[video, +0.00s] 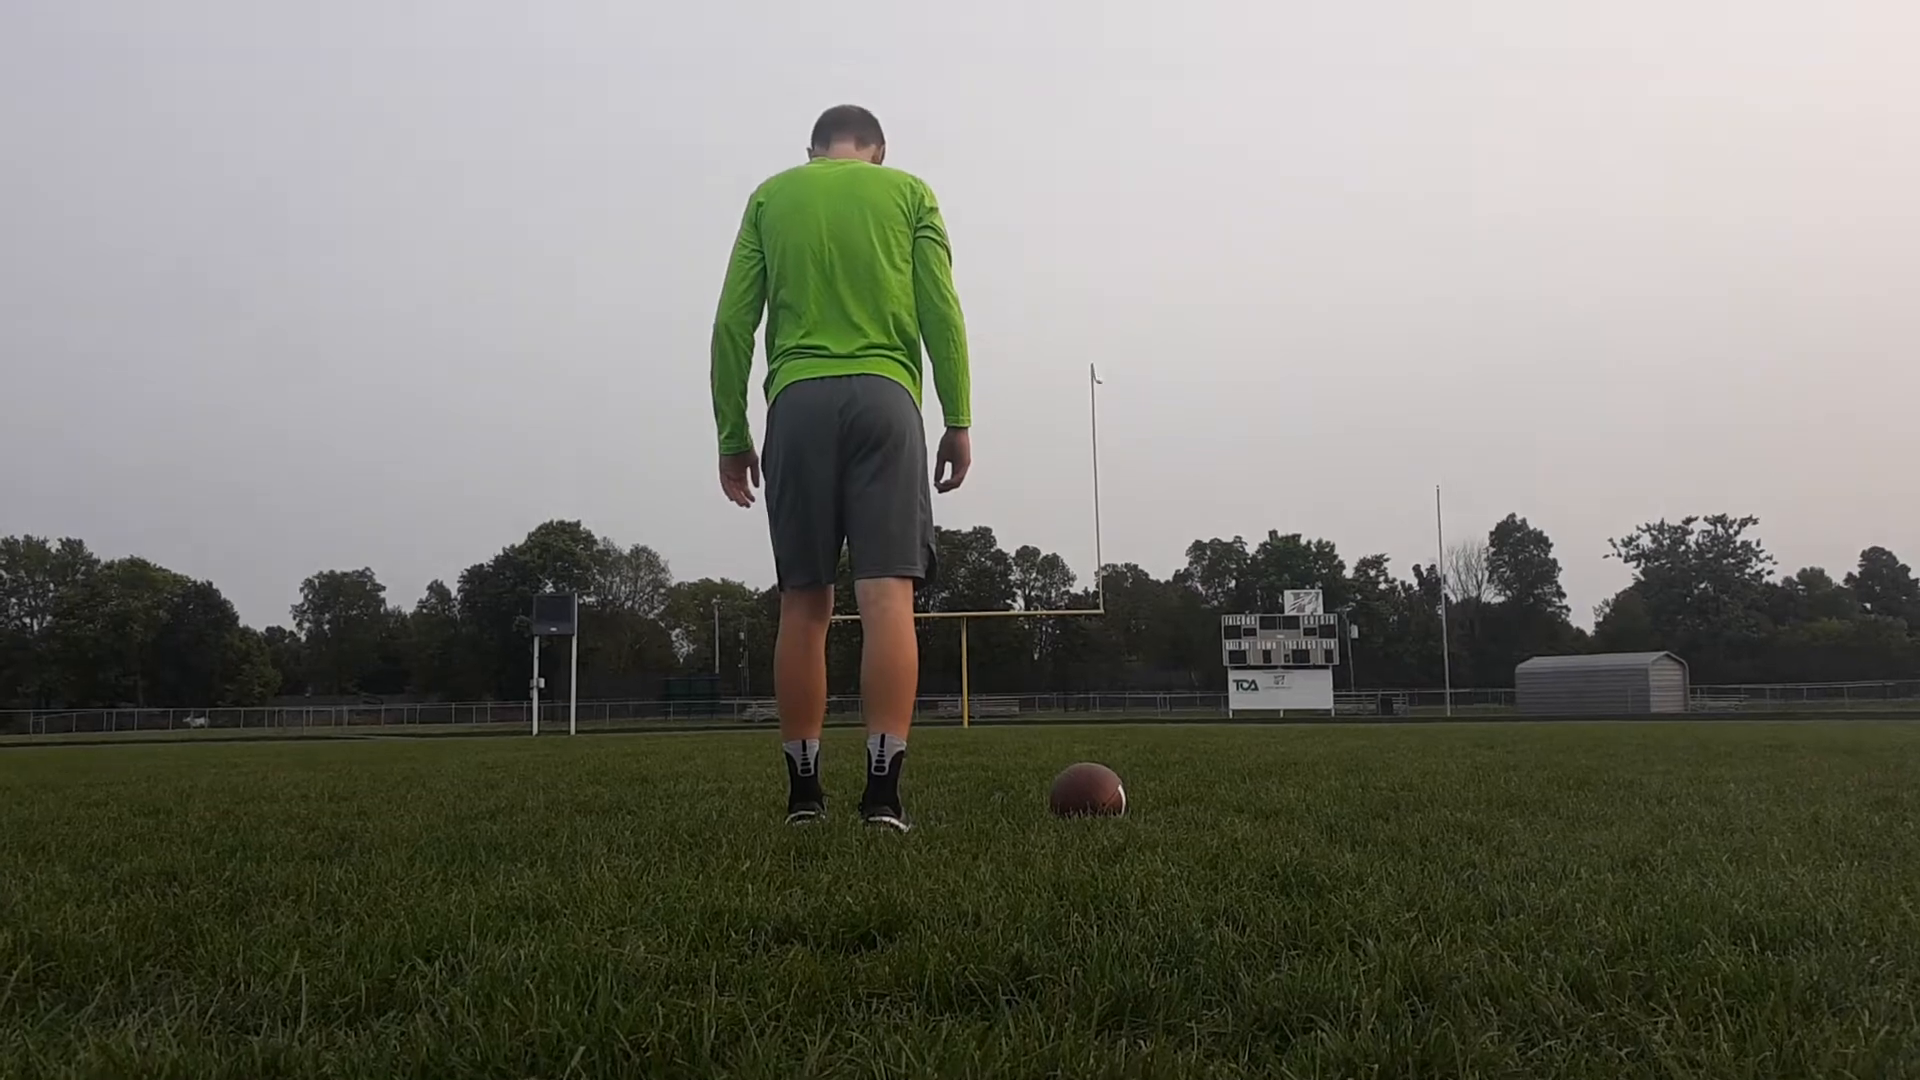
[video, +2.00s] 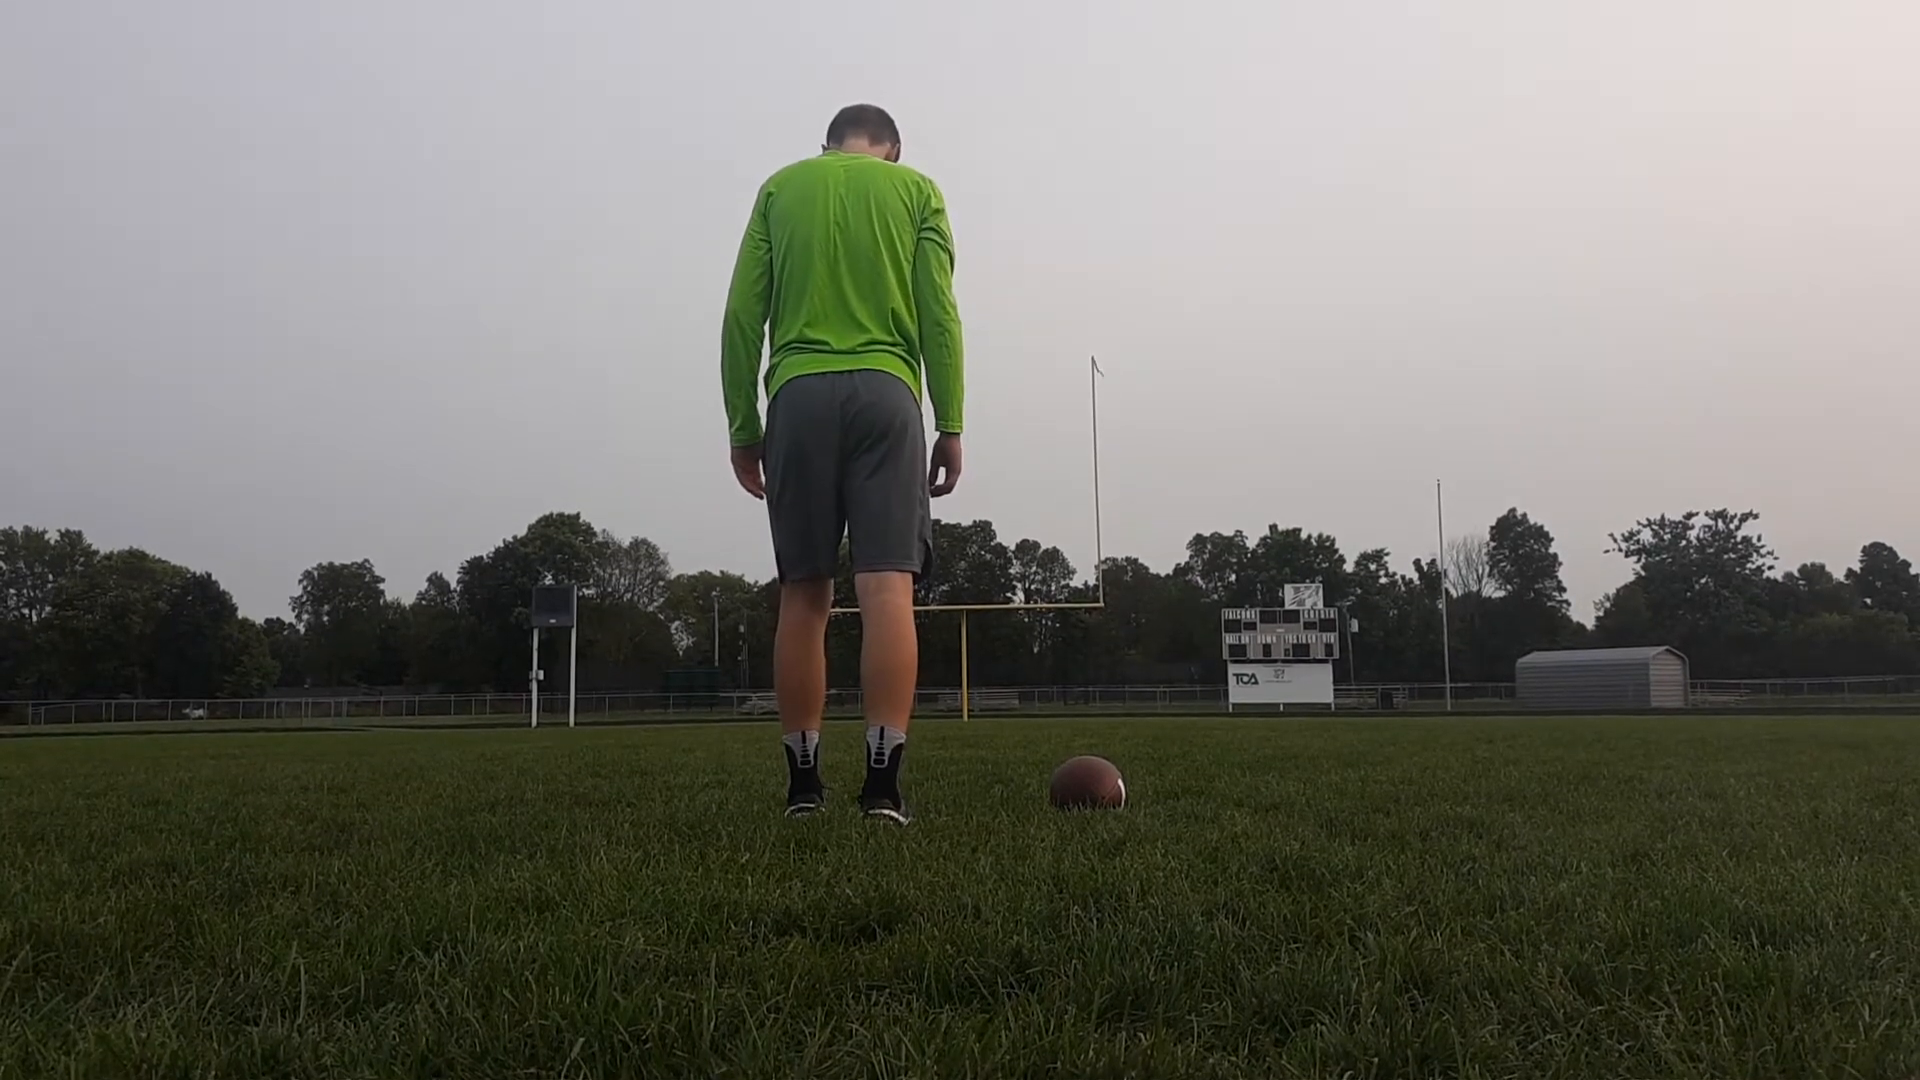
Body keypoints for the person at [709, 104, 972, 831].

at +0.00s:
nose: (874, 164)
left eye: (863, 155)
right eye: (877, 154)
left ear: (812, 149)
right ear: (875, 148)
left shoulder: (769, 196)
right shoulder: (907, 190)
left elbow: (732, 320)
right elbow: (939, 304)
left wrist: (731, 434)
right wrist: (958, 419)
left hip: (798, 401)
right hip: (884, 397)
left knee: (803, 602)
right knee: (886, 596)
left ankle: (804, 794)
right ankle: (883, 797)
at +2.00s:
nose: (894, 164)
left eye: (886, 155)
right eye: (896, 154)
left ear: (827, 142)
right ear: (891, 146)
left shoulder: (780, 186)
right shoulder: (914, 187)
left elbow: (743, 310)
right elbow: (937, 306)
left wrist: (743, 428)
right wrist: (950, 424)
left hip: (798, 396)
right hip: (885, 394)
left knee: (803, 591)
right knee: (886, 589)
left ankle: (803, 784)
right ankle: (882, 787)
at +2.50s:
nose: (900, 173)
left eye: (896, 164)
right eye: (902, 162)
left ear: (834, 145)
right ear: (895, 151)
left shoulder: (782, 189)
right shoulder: (917, 193)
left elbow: (743, 315)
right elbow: (939, 313)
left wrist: (743, 427)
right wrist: (952, 426)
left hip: (799, 397)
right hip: (885, 396)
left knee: (803, 596)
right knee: (885, 592)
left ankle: (803, 785)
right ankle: (882, 790)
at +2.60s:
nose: (900, 174)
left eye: (895, 165)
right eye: (902, 163)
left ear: (836, 146)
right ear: (897, 152)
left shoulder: (784, 188)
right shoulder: (918, 193)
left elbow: (743, 314)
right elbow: (940, 313)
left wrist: (743, 428)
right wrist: (953, 427)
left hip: (799, 397)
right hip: (885, 396)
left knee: (803, 596)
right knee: (885, 591)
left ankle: (803, 786)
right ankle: (882, 791)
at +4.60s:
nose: (938, 146)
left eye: (935, 136)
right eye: (941, 134)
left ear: (872, 110)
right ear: (933, 122)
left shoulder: (813, 151)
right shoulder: (956, 167)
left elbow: (759, 275)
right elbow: (982, 294)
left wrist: (747, 399)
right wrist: (1001, 416)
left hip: (813, 382)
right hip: (907, 386)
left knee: (803, 575)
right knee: (900, 588)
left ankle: (800, 742)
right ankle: (884, 793)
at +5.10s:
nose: (888, 78)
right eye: (893, 66)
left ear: (817, 58)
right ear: (893, 59)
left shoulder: (768, 113)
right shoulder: (934, 118)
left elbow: (712, 263)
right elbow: (980, 250)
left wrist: (733, 386)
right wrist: (995, 380)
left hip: (793, 357)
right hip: (896, 365)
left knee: (801, 584)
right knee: (893, 593)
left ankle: (805, 809)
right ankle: (886, 795)